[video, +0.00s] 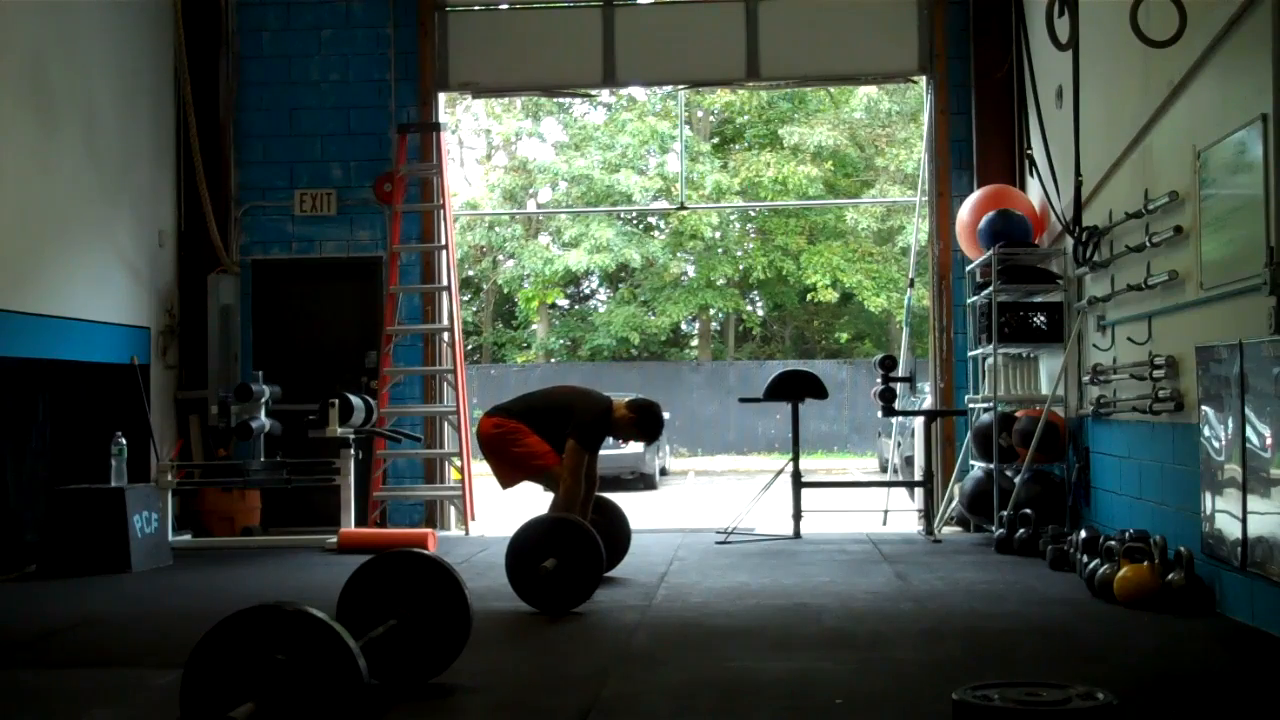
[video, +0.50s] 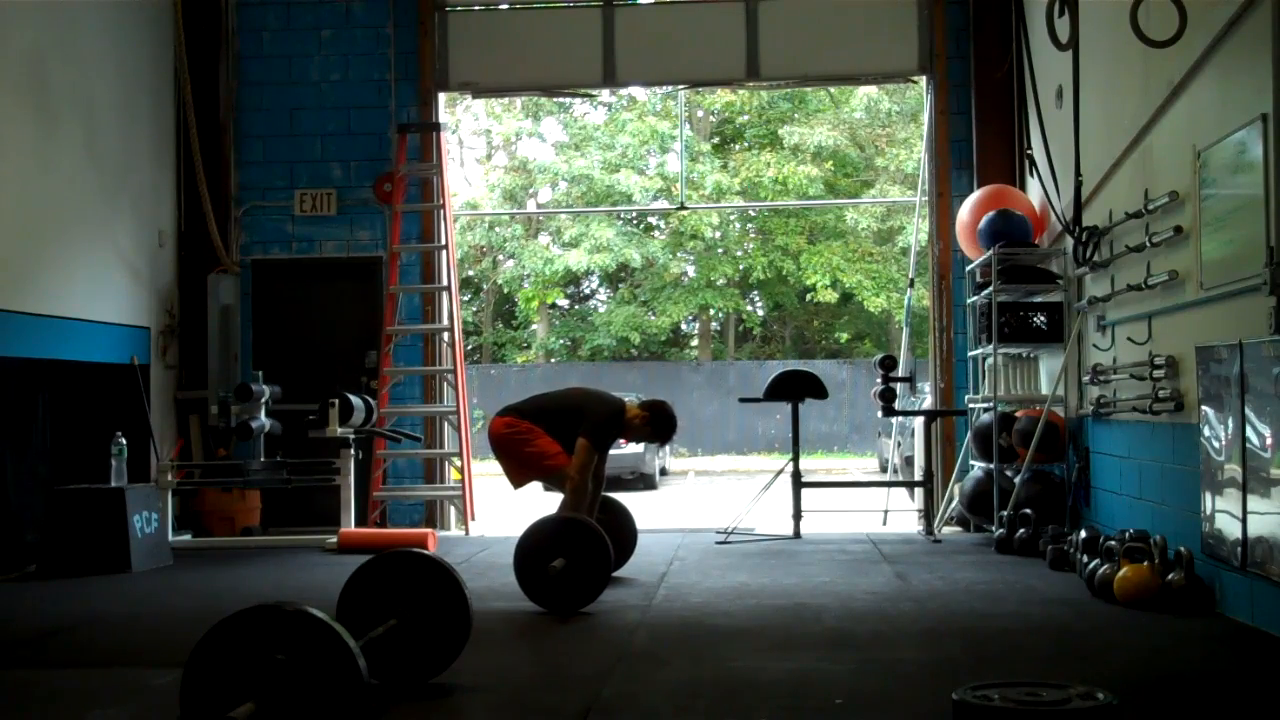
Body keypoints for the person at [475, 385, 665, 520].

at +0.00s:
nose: (625, 441)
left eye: (632, 440)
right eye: (631, 436)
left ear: (629, 412)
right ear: (629, 417)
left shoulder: (602, 417)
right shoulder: (593, 412)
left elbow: (590, 477)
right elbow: (573, 476)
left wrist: (581, 528)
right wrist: (562, 535)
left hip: (513, 428)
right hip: (500, 426)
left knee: (579, 480)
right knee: (568, 482)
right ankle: (553, 551)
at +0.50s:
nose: (636, 442)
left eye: (643, 441)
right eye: (643, 437)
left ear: (641, 416)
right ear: (642, 419)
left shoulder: (613, 419)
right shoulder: (606, 413)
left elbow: (595, 478)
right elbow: (577, 477)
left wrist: (587, 530)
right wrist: (568, 535)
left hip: (524, 428)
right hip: (511, 426)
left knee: (588, 481)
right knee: (577, 483)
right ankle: (561, 550)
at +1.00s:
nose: (637, 442)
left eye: (643, 442)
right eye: (643, 438)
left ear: (641, 415)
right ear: (642, 419)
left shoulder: (613, 422)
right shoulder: (605, 415)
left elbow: (597, 482)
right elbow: (579, 479)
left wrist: (588, 532)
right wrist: (568, 537)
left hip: (524, 432)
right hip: (513, 431)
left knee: (590, 488)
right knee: (580, 487)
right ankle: (565, 551)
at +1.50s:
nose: (634, 441)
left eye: (642, 441)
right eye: (642, 437)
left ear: (641, 415)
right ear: (642, 421)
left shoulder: (612, 418)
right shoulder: (604, 412)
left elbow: (596, 477)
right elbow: (582, 476)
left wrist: (587, 527)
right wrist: (572, 534)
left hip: (522, 425)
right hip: (511, 423)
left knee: (583, 484)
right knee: (576, 485)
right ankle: (558, 548)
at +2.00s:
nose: (645, 443)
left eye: (651, 442)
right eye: (650, 438)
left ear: (646, 416)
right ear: (647, 420)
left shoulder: (617, 422)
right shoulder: (610, 416)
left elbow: (600, 481)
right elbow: (584, 480)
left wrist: (588, 535)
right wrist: (572, 538)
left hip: (529, 434)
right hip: (518, 433)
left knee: (592, 487)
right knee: (584, 487)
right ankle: (566, 553)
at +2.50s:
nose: (642, 441)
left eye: (648, 441)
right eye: (648, 437)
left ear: (643, 414)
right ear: (644, 418)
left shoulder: (614, 421)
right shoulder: (607, 416)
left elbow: (596, 478)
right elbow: (580, 479)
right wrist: (570, 537)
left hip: (525, 437)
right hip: (515, 437)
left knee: (592, 489)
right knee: (583, 488)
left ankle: (580, 552)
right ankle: (569, 552)